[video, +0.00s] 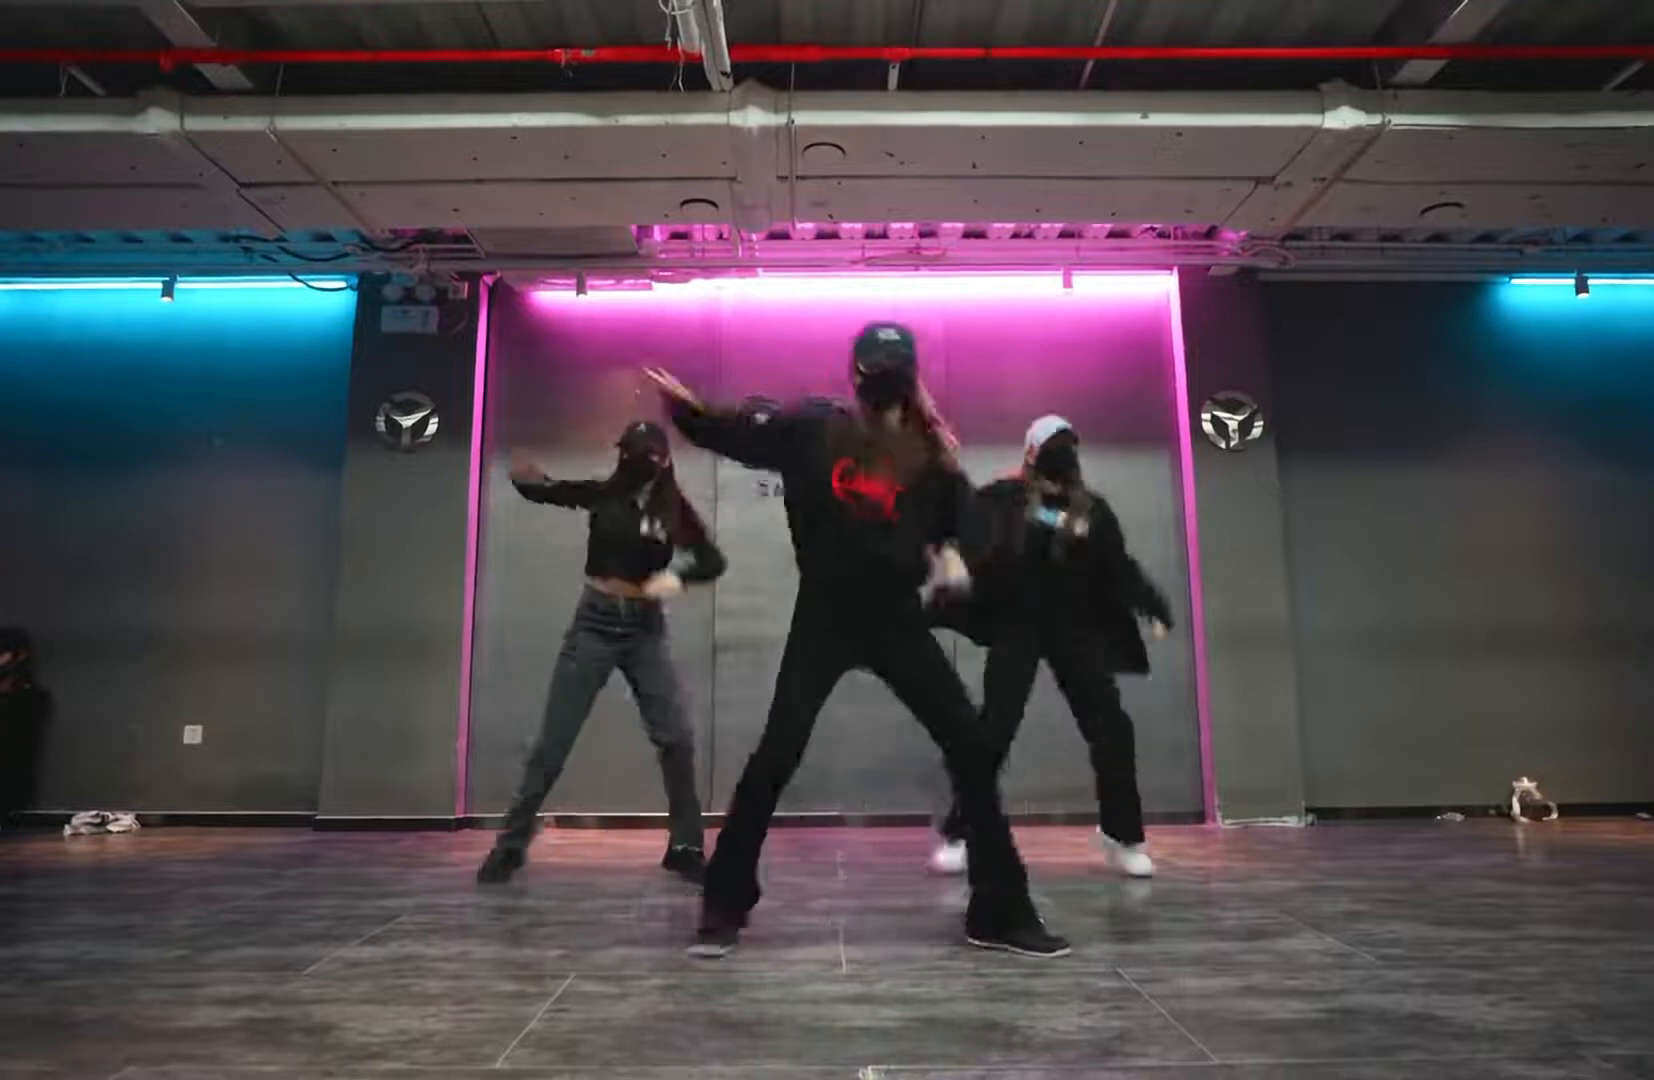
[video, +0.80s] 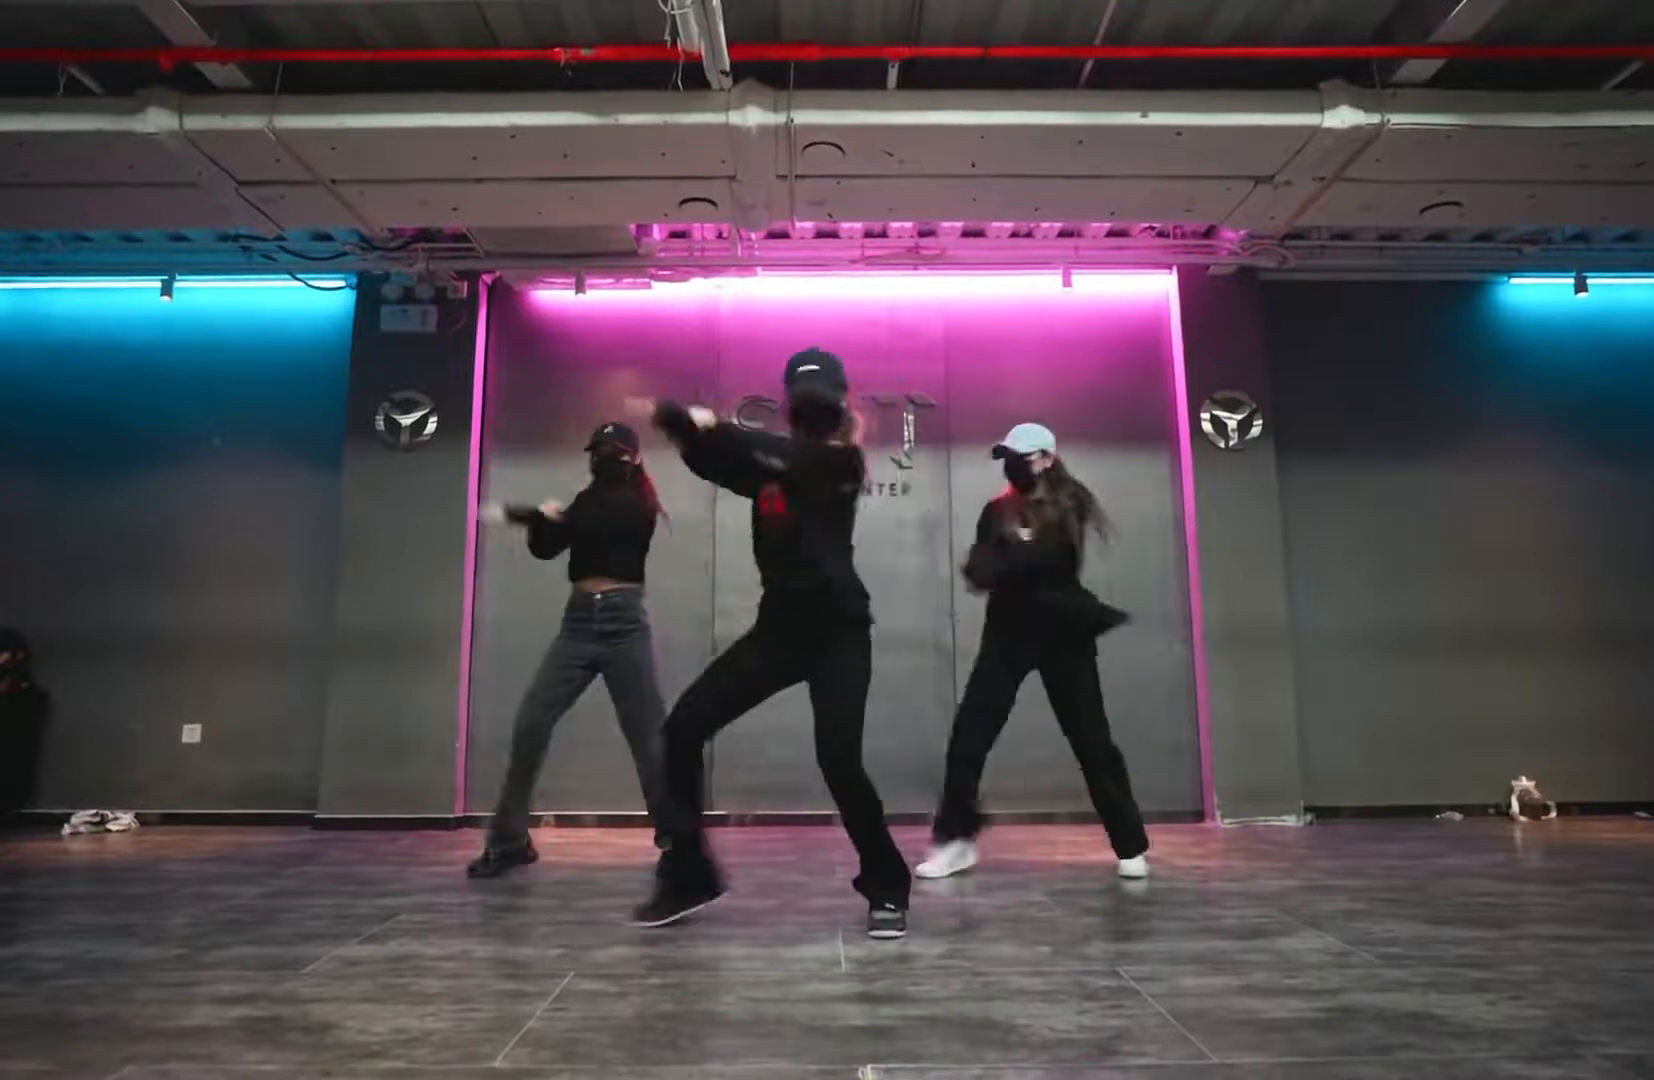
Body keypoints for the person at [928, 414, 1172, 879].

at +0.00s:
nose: (1064, 461)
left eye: (1070, 452)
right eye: (1055, 452)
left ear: (1078, 455)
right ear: (1033, 454)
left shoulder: (1090, 508)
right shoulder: (1000, 502)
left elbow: (1117, 567)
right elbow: (975, 555)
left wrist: (1152, 605)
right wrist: (1030, 523)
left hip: (1075, 633)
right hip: (1015, 631)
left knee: (1112, 729)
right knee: (995, 731)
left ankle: (1122, 835)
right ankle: (957, 834)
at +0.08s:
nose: (1062, 447)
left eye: (1069, 440)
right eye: (1054, 439)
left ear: (1077, 445)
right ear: (1035, 443)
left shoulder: (1095, 499)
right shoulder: (1009, 492)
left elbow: (1117, 559)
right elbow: (967, 546)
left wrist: (1111, 604)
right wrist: (987, 556)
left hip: (1079, 622)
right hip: (1021, 621)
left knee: (1096, 722)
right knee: (1015, 718)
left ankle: (1104, 822)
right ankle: (1007, 817)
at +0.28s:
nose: (1069, 462)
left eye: (1076, 455)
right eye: (1061, 454)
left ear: (1086, 462)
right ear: (1046, 461)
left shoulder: (1104, 518)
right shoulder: (1025, 516)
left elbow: (1094, 580)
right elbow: (1008, 578)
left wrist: (1053, 619)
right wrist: (1025, 618)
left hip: (1094, 645)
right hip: (1042, 646)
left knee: (1099, 745)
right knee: (1043, 748)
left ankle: (1128, 846)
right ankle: (1041, 849)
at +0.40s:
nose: (1081, 469)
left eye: (1087, 461)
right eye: (1072, 461)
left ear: (1096, 465)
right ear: (1054, 466)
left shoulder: (1114, 522)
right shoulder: (1029, 523)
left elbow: (1116, 591)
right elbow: (1026, 593)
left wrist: (1100, 652)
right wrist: (1065, 649)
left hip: (1104, 644)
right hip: (1047, 649)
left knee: (1116, 747)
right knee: (1050, 750)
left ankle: (1136, 847)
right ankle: (1061, 838)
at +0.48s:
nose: (1087, 472)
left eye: (1093, 464)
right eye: (1078, 463)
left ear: (1099, 467)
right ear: (1055, 466)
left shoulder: (1112, 519)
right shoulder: (1033, 519)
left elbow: (1140, 582)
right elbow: (1038, 576)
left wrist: (1163, 636)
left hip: (1103, 648)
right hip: (1046, 649)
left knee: (1112, 745)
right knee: (1050, 740)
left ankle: (1138, 850)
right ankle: (1082, 792)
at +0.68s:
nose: (1062, 463)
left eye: (1069, 456)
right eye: (1052, 455)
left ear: (1079, 460)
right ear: (1033, 458)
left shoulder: (1093, 506)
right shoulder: (1014, 509)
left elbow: (1127, 563)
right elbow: (1022, 571)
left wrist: (1158, 621)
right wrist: (1097, 579)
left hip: (1082, 637)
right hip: (1028, 637)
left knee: (1105, 742)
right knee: (1004, 729)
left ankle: (1135, 849)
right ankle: (1060, 729)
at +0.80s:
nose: (1009, 468)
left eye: (1018, 459)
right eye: (1006, 460)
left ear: (1044, 459)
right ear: (1008, 460)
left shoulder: (1065, 503)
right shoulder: (998, 510)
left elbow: (1055, 558)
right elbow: (977, 569)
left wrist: (995, 555)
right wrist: (1022, 546)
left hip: (1062, 638)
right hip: (1006, 638)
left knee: (1091, 743)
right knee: (968, 738)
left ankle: (1131, 848)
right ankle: (956, 841)